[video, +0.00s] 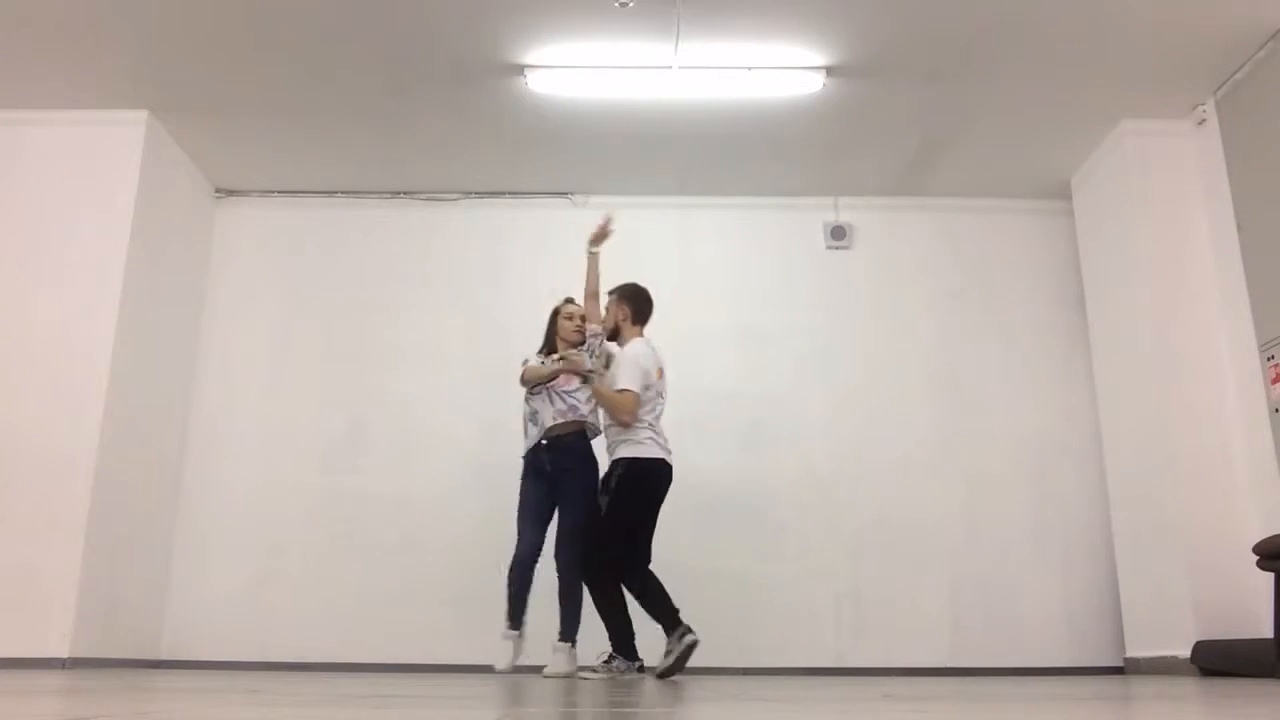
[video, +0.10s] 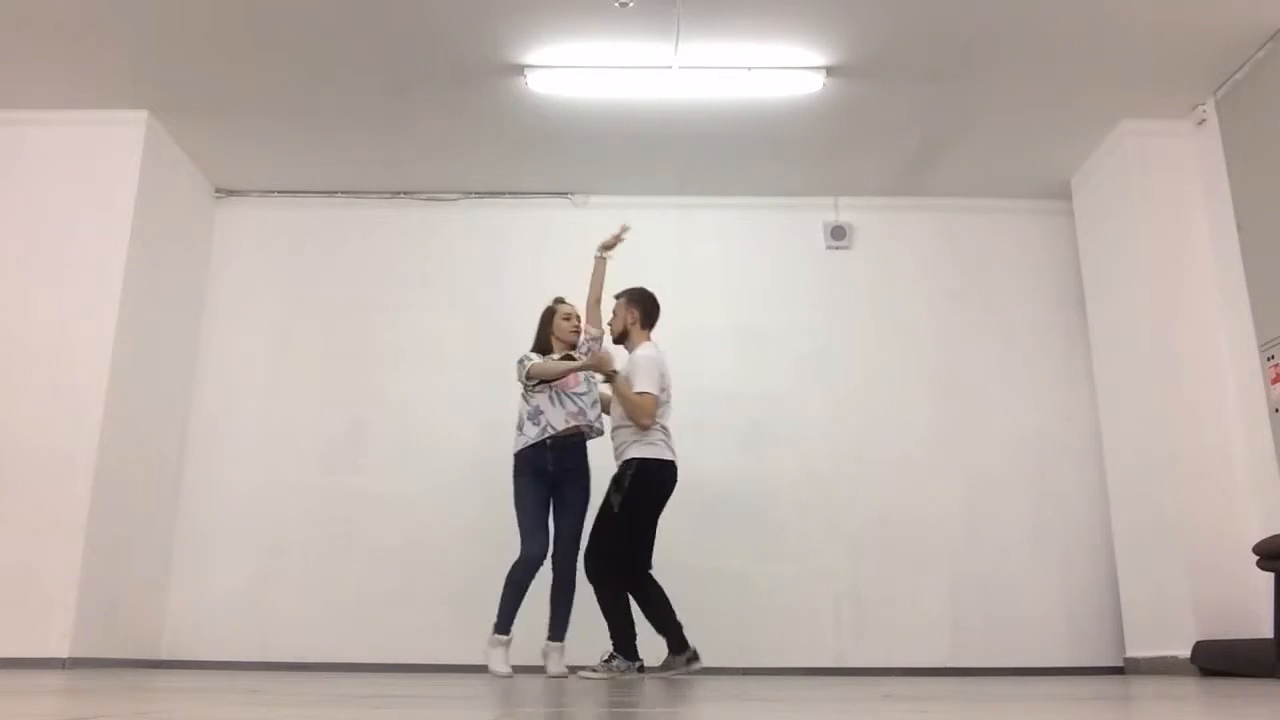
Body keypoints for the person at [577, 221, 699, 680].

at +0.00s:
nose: (602, 314)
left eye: (607, 307)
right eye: (605, 308)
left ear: (623, 312)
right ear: (633, 314)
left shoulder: (632, 351)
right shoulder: (643, 352)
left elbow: (626, 410)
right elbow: (592, 312)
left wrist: (590, 381)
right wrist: (593, 251)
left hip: (633, 465)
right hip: (653, 466)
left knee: (595, 562)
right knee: (630, 563)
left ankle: (624, 656)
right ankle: (677, 633)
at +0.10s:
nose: (611, 318)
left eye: (616, 311)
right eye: (613, 311)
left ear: (634, 315)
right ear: (638, 317)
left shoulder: (646, 355)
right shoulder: (635, 359)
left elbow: (644, 413)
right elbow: (623, 411)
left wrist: (611, 374)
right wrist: (585, 391)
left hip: (644, 466)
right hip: (650, 466)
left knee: (599, 561)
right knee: (633, 567)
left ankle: (625, 656)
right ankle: (681, 649)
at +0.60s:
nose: (622, 326)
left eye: (629, 320)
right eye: (622, 321)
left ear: (652, 323)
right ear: (642, 325)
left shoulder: (674, 361)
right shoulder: (625, 371)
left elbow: (682, 411)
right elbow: (586, 401)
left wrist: (674, 357)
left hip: (675, 462)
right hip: (645, 468)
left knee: (653, 551)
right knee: (645, 550)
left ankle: (682, 651)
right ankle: (663, 642)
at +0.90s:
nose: (625, 312)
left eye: (633, 305)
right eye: (625, 308)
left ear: (657, 314)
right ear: (634, 322)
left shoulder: (675, 357)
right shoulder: (625, 375)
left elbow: (683, 337)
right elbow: (592, 412)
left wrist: (668, 286)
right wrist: (551, 425)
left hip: (680, 465)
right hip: (647, 471)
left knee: (668, 568)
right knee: (648, 572)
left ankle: (688, 656)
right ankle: (681, 653)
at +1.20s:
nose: (635, 315)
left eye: (643, 308)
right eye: (634, 309)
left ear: (666, 311)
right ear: (644, 318)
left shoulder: (678, 344)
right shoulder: (655, 370)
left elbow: (643, 298)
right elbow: (651, 436)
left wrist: (602, 251)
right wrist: (597, 442)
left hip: (688, 462)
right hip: (662, 467)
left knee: (668, 561)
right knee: (608, 529)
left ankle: (689, 656)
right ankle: (649, 615)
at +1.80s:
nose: (646, 306)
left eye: (654, 300)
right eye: (643, 302)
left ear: (673, 305)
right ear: (643, 313)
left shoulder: (682, 342)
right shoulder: (651, 364)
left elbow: (671, 283)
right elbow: (638, 423)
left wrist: (645, 232)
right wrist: (594, 413)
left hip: (685, 458)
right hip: (663, 462)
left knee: (660, 553)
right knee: (676, 556)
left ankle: (681, 649)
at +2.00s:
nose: (639, 306)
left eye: (647, 300)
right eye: (638, 301)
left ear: (668, 308)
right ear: (638, 313)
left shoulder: (677, 343)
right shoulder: (641, 368)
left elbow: (649, 286)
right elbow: (618, 422)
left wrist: (608, 241)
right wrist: (592, 390)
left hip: (680, 458)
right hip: (656, 463)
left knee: (658, 558)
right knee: (663, 560)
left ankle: (664, 654)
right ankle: (721, 643)